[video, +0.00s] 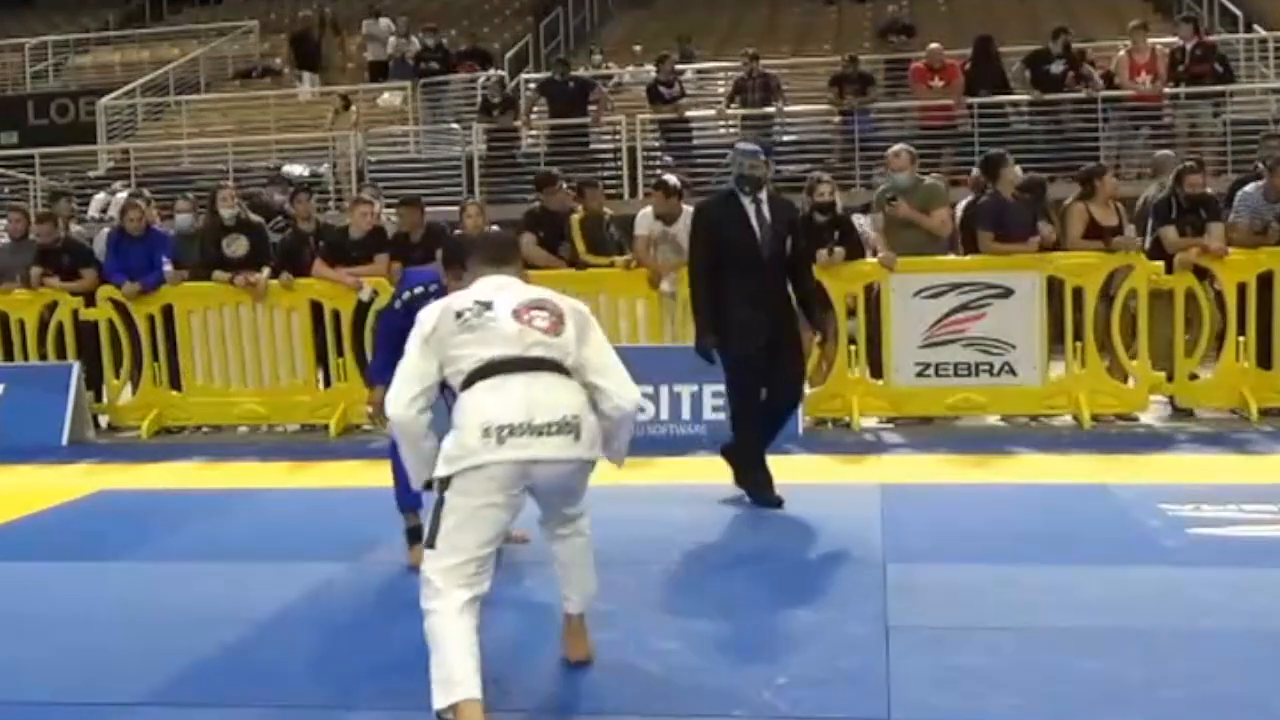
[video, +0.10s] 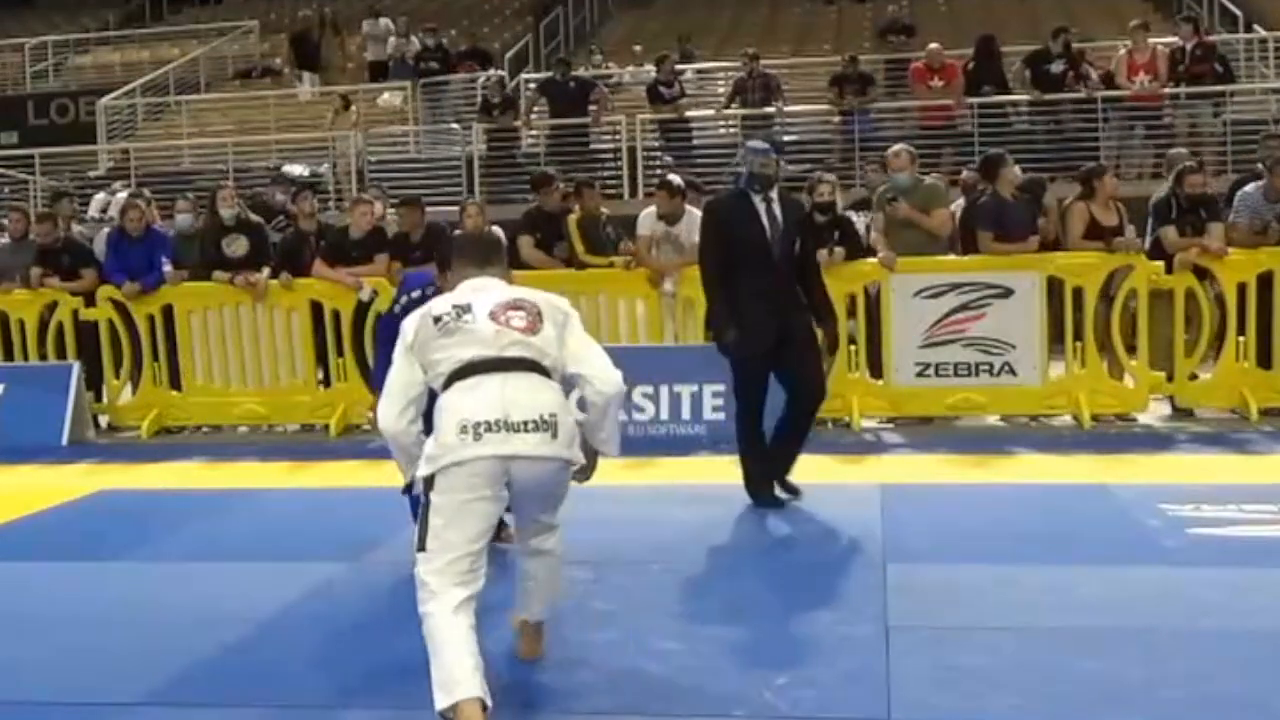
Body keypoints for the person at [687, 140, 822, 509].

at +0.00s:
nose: (751, 172)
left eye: (757, 165)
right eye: (745, 164)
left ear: (768, 169)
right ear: (733, 167)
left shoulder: (785, 210)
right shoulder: (710, 213)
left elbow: (800, 268)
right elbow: (700, 274)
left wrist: (817, 311)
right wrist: (704, 328)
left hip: (778, 315)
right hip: (735, 318)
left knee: (788, 393)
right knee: (745, 399)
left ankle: (742, 451)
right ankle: (759, 486)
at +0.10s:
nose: (763, 168)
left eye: (769, 162)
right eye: (757, 161)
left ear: (779, 166)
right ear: (744, 164)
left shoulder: (795, 209)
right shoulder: (720, 210)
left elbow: (809, 271)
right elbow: (712, 273)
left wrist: (828, 322)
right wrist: (723, 326)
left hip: (789, 322)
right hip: (745, 323)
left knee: (810, 391)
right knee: (751, 408)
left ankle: (776, 464)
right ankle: (759, 487)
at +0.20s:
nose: (777, 164)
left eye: (783, 158)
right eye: (770, 157)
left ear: (793, 164)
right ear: (757, 162)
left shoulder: (803, 208)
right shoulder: (731, 209)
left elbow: (816, 267)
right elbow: (725, 269)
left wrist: (832, 318)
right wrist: (742, 319)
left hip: (804, 322)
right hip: (758, 324)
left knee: (825, 394)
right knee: (757, 406)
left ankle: (822, 481)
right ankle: (760, 487)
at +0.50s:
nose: (824, 166)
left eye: (830, 159)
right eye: (817, 159)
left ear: (842, 164)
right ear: (804, 163)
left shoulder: (858, 207)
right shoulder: (785, 207)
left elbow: (869, 267)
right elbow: (772, 271)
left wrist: (883, 322)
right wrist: (783, 324)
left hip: (855, 328)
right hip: (808, 329)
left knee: (860, 418)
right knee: (791, 412)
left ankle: (873, 496)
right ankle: (767, 489)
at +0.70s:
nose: (852, 157)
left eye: (859, 150)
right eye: (846, 150)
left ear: (875, 156)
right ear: (836, 156)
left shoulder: (895, 201)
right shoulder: (816, 201)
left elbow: (913, 260)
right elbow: (800, 268)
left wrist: (935, 314)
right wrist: (801, 328)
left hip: (886, 317)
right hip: (838, 318)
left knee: (880, 409)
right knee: (854, 399)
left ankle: (874, 495)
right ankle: (822, 467)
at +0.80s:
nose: (860, 163)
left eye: (867, 154)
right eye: (853, 155)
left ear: (887, 157)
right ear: (846, 162)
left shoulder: (910, 201)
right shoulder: (828, 206)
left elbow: (931, 256)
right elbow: (813, 273)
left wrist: (954, 306)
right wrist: (814, 331)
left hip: (900, 318)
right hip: (852, 320)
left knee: (892, 408)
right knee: (876, 403)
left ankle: (876, 489)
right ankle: (871, 491)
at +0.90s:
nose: (879, 168)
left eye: (886, 158)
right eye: (871, 160)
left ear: (904, 160)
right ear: (861, 164)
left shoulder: (929, 199)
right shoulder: (844, 208)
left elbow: (949, 256)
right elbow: (827, 277)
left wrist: (968, 303)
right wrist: (826, 337)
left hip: (917, 320)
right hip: (868, 322)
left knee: (896, 410)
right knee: (895, 409)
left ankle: (875, 494)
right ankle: (920, 503)